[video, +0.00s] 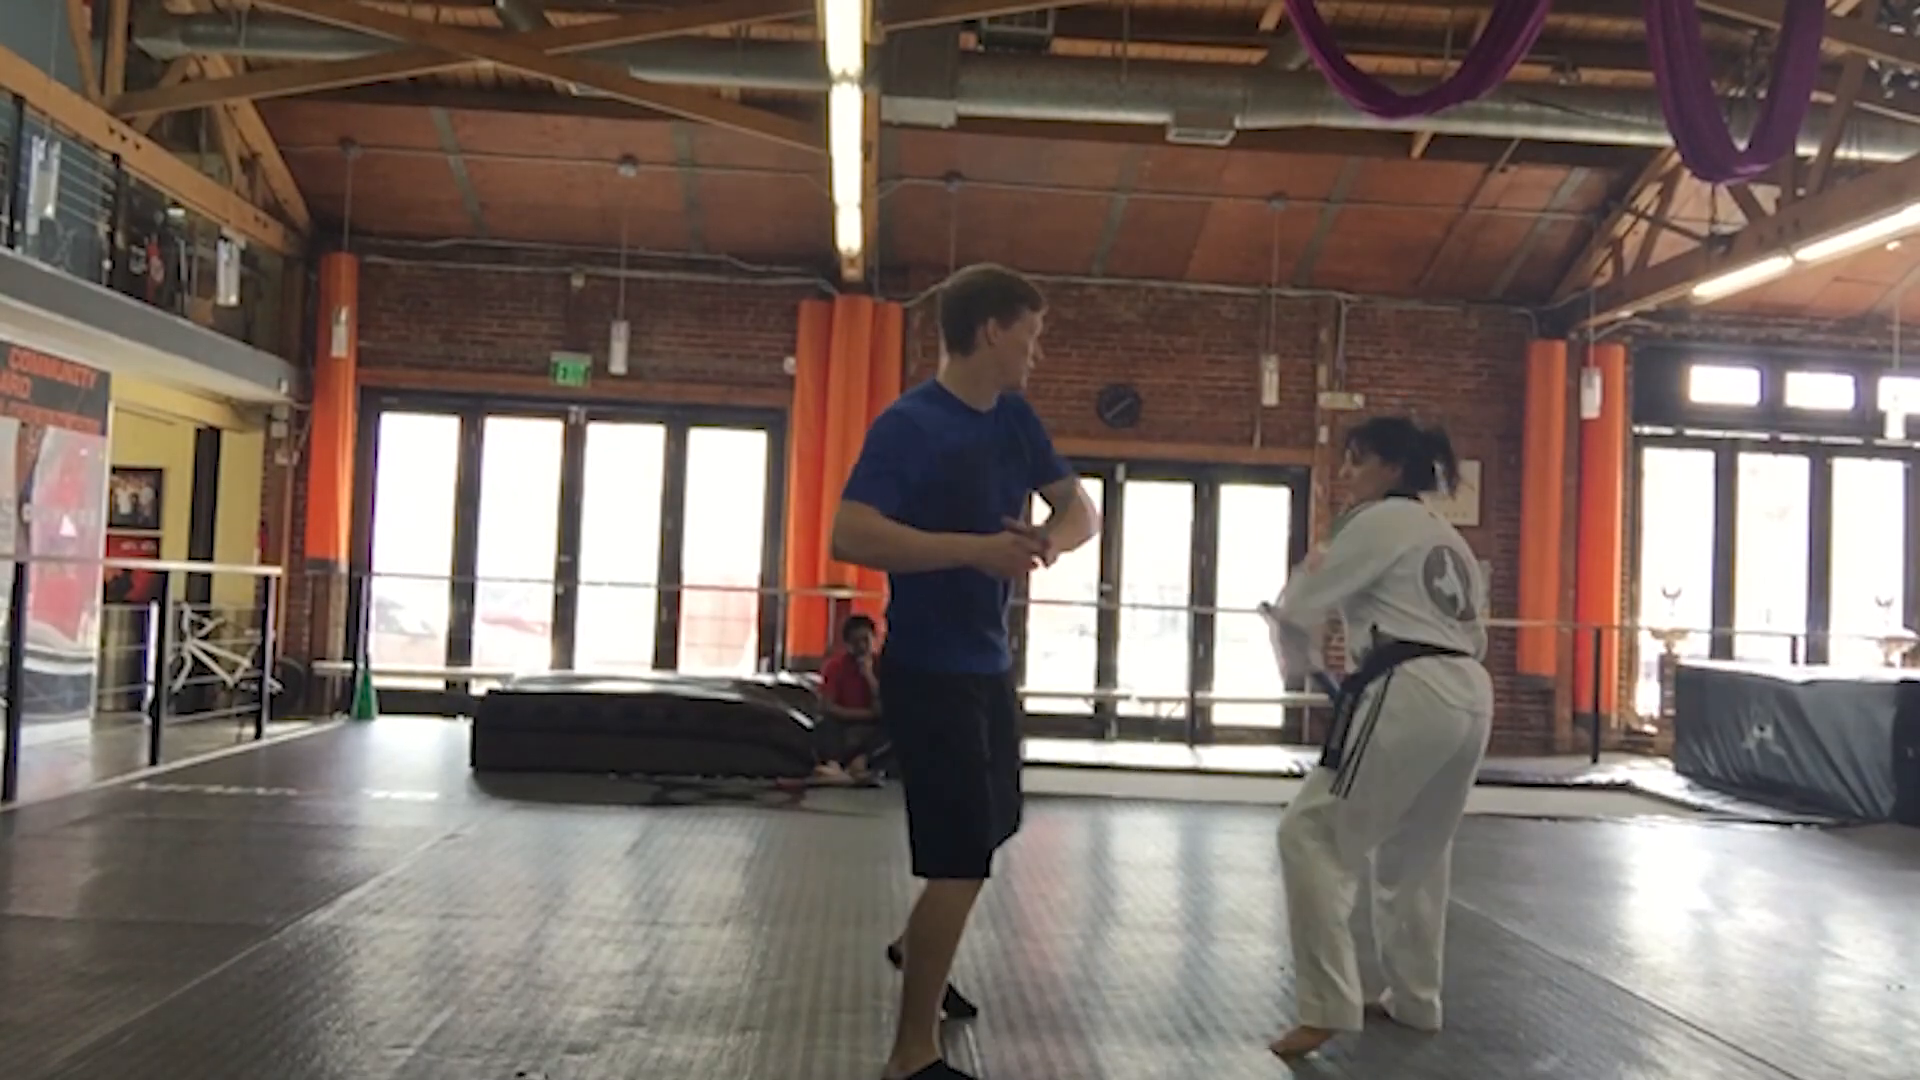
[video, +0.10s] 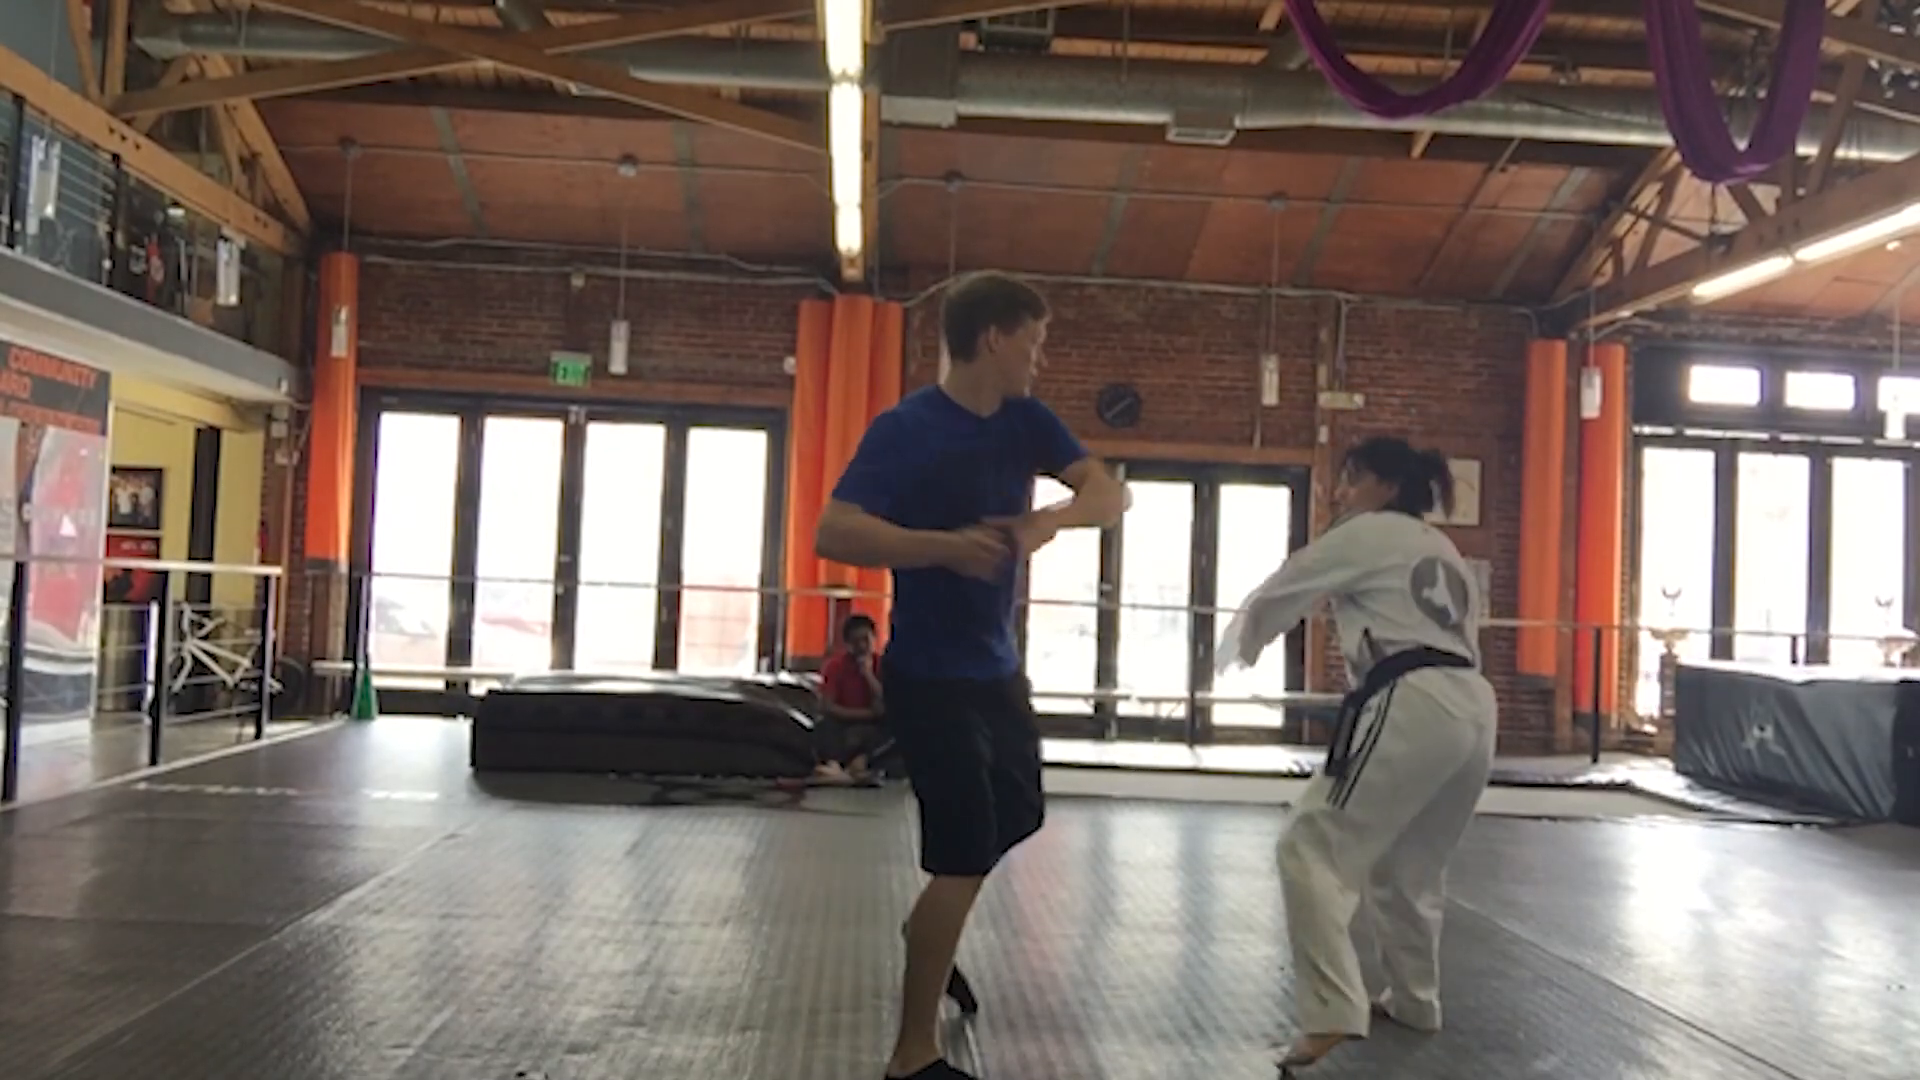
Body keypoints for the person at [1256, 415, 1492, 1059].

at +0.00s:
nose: (1345, 473)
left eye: (1357, 462)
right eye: (1347, 460)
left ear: (1394, 469)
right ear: (1411, 475)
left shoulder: (1382, 520)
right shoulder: (1449, 535)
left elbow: (1297, 607)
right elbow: (1454, 634)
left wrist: (1304, 668)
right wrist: (1365, 663)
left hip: (1413, 688)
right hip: (1470, 693)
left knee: (1313, 834)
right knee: (1416, 853)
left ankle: (1326, 1008)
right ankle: (1415, 1001)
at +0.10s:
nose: (1340, 492)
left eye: (1351, 481)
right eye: (1343, 480)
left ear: (1384, 486)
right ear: (1410, 493)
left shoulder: (1367, 532)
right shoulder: (1451, 551)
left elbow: (1271, 598)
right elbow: (1457, 635)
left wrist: (1236, 650)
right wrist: (1372, 670)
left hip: (1414, 702)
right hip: (1476, 707)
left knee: (1313, 846)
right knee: (1411, 867)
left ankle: (1332, 1011)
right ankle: (1415, 1001)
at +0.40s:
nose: (1314, 527)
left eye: (1324, 514)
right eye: (1316, 515)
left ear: (1361, 520)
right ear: (1373, 524)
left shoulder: (1351, 565)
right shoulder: (1398, 574)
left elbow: (1307, 593)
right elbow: (1429, 653)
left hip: (1395, 743)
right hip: (1430, 741)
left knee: (1333, 907)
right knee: (1366, 884)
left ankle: (1378, 1068)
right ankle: (1410, 999)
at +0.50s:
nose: (1303, 508)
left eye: (1315, 496)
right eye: (1303, 496)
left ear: (1357, 503)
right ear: (1328, 506)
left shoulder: (1393, 563)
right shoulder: (1327, 595)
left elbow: (1472, 618)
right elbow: (1266, 664)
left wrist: (1385, 658)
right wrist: (1190, 666)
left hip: (1410, 757)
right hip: (1356, 763)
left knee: (1335, 902)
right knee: (1308, 869)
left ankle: (1365, 1070)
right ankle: (1390, 968)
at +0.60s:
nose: (1293, 503)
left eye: (1306, 491)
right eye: (1294, 490)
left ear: (1348, 503)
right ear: (1324, 505)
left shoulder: (1429, 579)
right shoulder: (1279, 598)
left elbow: (1505, 646)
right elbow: (1180, 634)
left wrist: (1444, 663)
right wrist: (1078, 632)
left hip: (1425, 759)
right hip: (1351, 765)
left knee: (1347, 901)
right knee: (1284, 870)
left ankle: (1365, 1070)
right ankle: (1339, 990)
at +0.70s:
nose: (1293, 522)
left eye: (1305, 508)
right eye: (1293, 508)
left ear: (1350, 517)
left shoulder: (1424, 594)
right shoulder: (1281, 604)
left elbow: (1497, 662)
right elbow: (1213, 657)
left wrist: (1469, 696)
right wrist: (1160, 647)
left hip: (1412, 775)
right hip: (1327, 776)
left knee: (1355, 905)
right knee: (1273, 906)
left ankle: (1370, 1071)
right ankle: (1309, 1002)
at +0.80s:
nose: (1294, 543)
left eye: (1307, 529)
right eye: (1293, 528)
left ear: (1353, 533)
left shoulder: (1417, 609)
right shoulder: (1288, 603)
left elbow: (1462, 724)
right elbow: (1294, 676)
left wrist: (1475, 695)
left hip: (1394, 787)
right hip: (1309, 784)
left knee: (1361, 902)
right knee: (1273, 929)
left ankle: (1375, 1072)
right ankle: (1318, 1004)